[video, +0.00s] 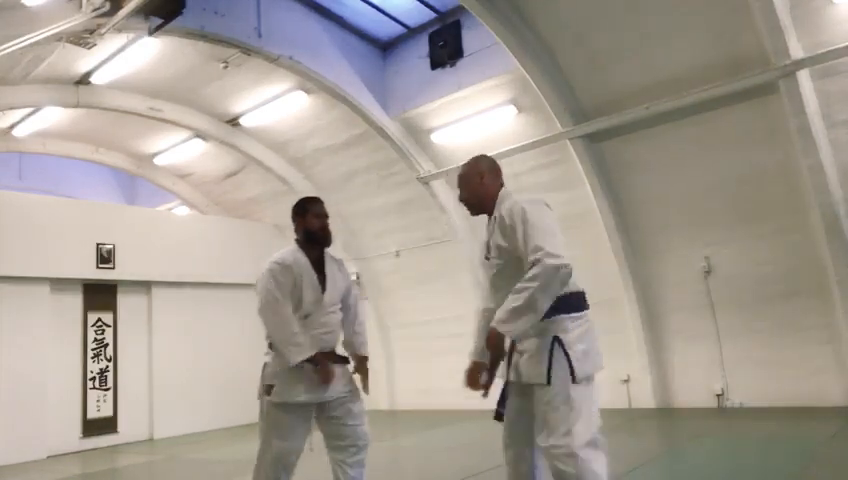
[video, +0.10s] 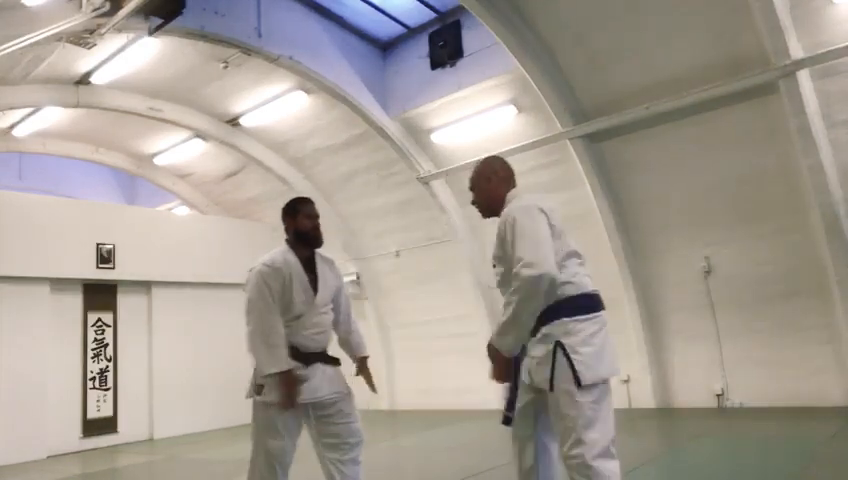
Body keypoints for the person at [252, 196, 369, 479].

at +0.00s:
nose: (326, 223)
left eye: (327, 217)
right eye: (319, 217)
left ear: (328, 220)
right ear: (298, 222)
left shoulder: (337, 266)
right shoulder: (280, 266)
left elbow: (351, 313)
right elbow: (277, 320)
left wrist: (359, 354)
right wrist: (311, 357)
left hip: (335, 370)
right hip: (291, 374)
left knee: (352, 446)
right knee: (279, 456)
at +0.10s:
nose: (317, 224)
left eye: (318, 218)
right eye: (310, 218)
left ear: (318, 223)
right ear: (289, 224)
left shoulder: (328, 267)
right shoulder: (269, 270)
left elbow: (343, 316)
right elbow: (264, 327)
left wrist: (359, 355)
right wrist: (283, 371)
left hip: (323, 370)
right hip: (278, 372)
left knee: (346, 445)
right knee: (273, 457)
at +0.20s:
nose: (312, 222)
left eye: (311, 217)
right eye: (304, 217)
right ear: (282, 222)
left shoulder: (322, 266)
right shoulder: (260, 270)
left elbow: (339, 313)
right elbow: (250, 328)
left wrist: (353, 355)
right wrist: (268, 374)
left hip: (318, 369)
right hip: (274, 372)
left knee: (342, 444)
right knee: (269, 456)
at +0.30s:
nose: (307, 222)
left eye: (307, 217)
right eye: (299, 217)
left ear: (307, 219)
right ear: (278, 223)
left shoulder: (321, 265)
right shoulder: (257, 270)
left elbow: (336, 314)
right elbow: (243, 326)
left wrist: (342, 359)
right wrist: (262, 371)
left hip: (318, 371)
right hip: (273, 374)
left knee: (337, 450)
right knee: (265, 459)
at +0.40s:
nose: (307, 222)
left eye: (306, 216)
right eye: (299, 217)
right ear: (277, 223)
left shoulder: (320, 265)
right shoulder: (256, 270)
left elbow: (334, 316)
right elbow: (242, 326)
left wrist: (339, 360)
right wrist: (261, 372)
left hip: (317, 370)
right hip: (274, 374)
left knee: (336, 451)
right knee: (266, 458)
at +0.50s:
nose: (307, 222)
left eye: (306, 217)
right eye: (299, 217)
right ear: (277, 223)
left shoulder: (320, 265)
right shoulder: (254, 270)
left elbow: (334, 315)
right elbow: (244, 327)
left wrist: (341, 359)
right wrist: (261, 373)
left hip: (319, 370)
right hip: (274, 374)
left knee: (336, 453)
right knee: (266, 459)